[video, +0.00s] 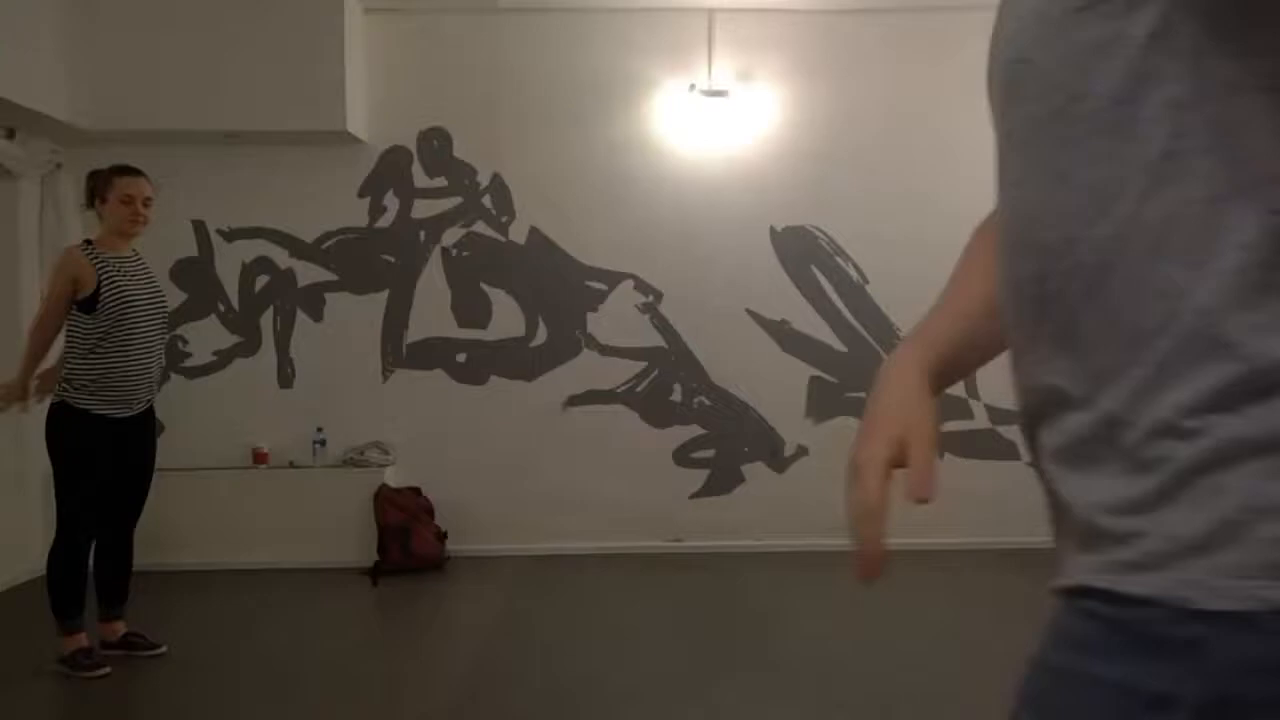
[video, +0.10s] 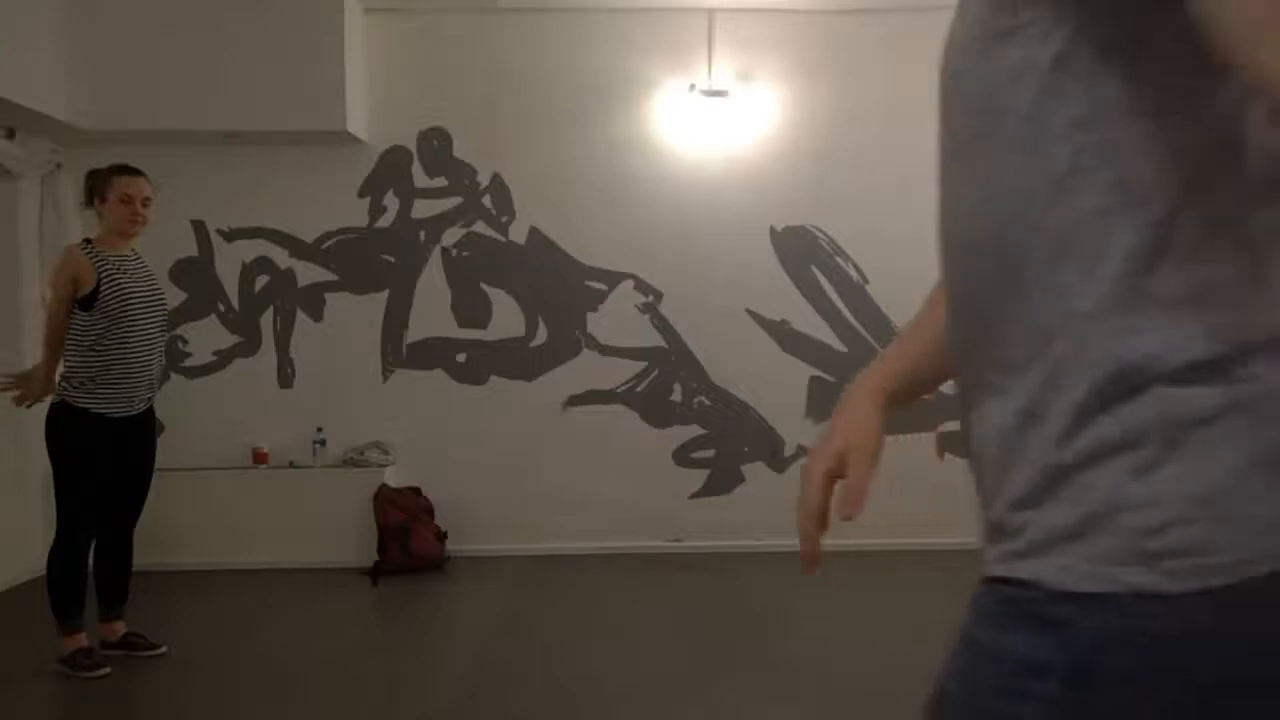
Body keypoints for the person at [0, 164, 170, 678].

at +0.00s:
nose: (139, 211)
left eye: (146, 203)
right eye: (128, 201)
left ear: (151, 211)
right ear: (101, 205)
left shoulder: (136, 264)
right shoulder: (78, 261)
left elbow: (110, 335)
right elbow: (45, 326)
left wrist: (56, 373)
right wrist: (21, 381)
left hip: (133, 421)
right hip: (81, 421)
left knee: (120, 528)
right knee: (76, 529)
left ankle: (113, 629)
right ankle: (73, 639)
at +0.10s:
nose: (138, 211)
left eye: (145, 203)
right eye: (127, 201)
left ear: (151, 210)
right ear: (100, 204)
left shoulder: (137, 263)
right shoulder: (79, 260)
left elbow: (116, 334)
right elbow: (55, 332)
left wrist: (51, 377)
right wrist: (41, 380)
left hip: (134, 421)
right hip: (82, 421)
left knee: (119, 528)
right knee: (75, 530)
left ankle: (113, 629)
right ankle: (73, 640)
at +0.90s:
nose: (111, 210)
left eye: (118, 201)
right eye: (99, 200)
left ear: (124, 208)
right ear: (71, 206)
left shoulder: (127, 271)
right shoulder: (58, 273)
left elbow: (146, 342)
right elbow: (35, 349)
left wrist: (201, 337)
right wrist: (73, 321)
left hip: (131, 424)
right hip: (75, 426)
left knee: (132, 530)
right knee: (80, 534)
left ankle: (113, 630)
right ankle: (71, 642)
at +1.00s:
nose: (116, 208)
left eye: (122, 200)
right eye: (103, 199)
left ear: (127, 207)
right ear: (74, 207)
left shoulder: (126, 269)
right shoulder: (61, 271)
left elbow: (143, 342)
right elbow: (37, 347)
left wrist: (198, 339)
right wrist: (85, 319)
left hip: (132, 423)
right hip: (77, 427)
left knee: (149, 522)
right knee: (86, 533)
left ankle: (116, 625)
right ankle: (72, 642)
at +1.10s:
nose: (123, 205)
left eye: (129, 197)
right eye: (110, 196)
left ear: (134, 205)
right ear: (81, 204)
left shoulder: (131, 268)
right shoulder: (68, 268)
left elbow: (145, 339)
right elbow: (46, 343)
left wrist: (194, 348)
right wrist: (99, 324)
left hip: (136, 420)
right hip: (81, 424)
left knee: (159, 523)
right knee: (89, 533)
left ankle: (134, 632)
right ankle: (73, 642)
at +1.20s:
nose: (133, 202)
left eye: (138, 194)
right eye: (120, 194)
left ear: (142, 203)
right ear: (91, 202)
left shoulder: (137, 262)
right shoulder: (79, 266)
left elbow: (139, 330)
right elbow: (60, 342)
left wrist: (174, 357)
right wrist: (129, 336)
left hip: (144, 417)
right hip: (88, 423)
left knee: (161, 526)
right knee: (92, 533)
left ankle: (167, 640)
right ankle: (74, 640)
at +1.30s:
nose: (145, 204)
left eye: (149, 196)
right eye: (132, 196)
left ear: (153, 204)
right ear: (102, 204)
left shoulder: (151, 265)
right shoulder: (92, 269)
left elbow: (154, 334)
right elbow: (74, 346)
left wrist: (174, 364)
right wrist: (147, 348)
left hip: (156, 423)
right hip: (99, 427)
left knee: (167, 534)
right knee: (99, 536)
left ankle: (182, 644)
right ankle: (75, 640)